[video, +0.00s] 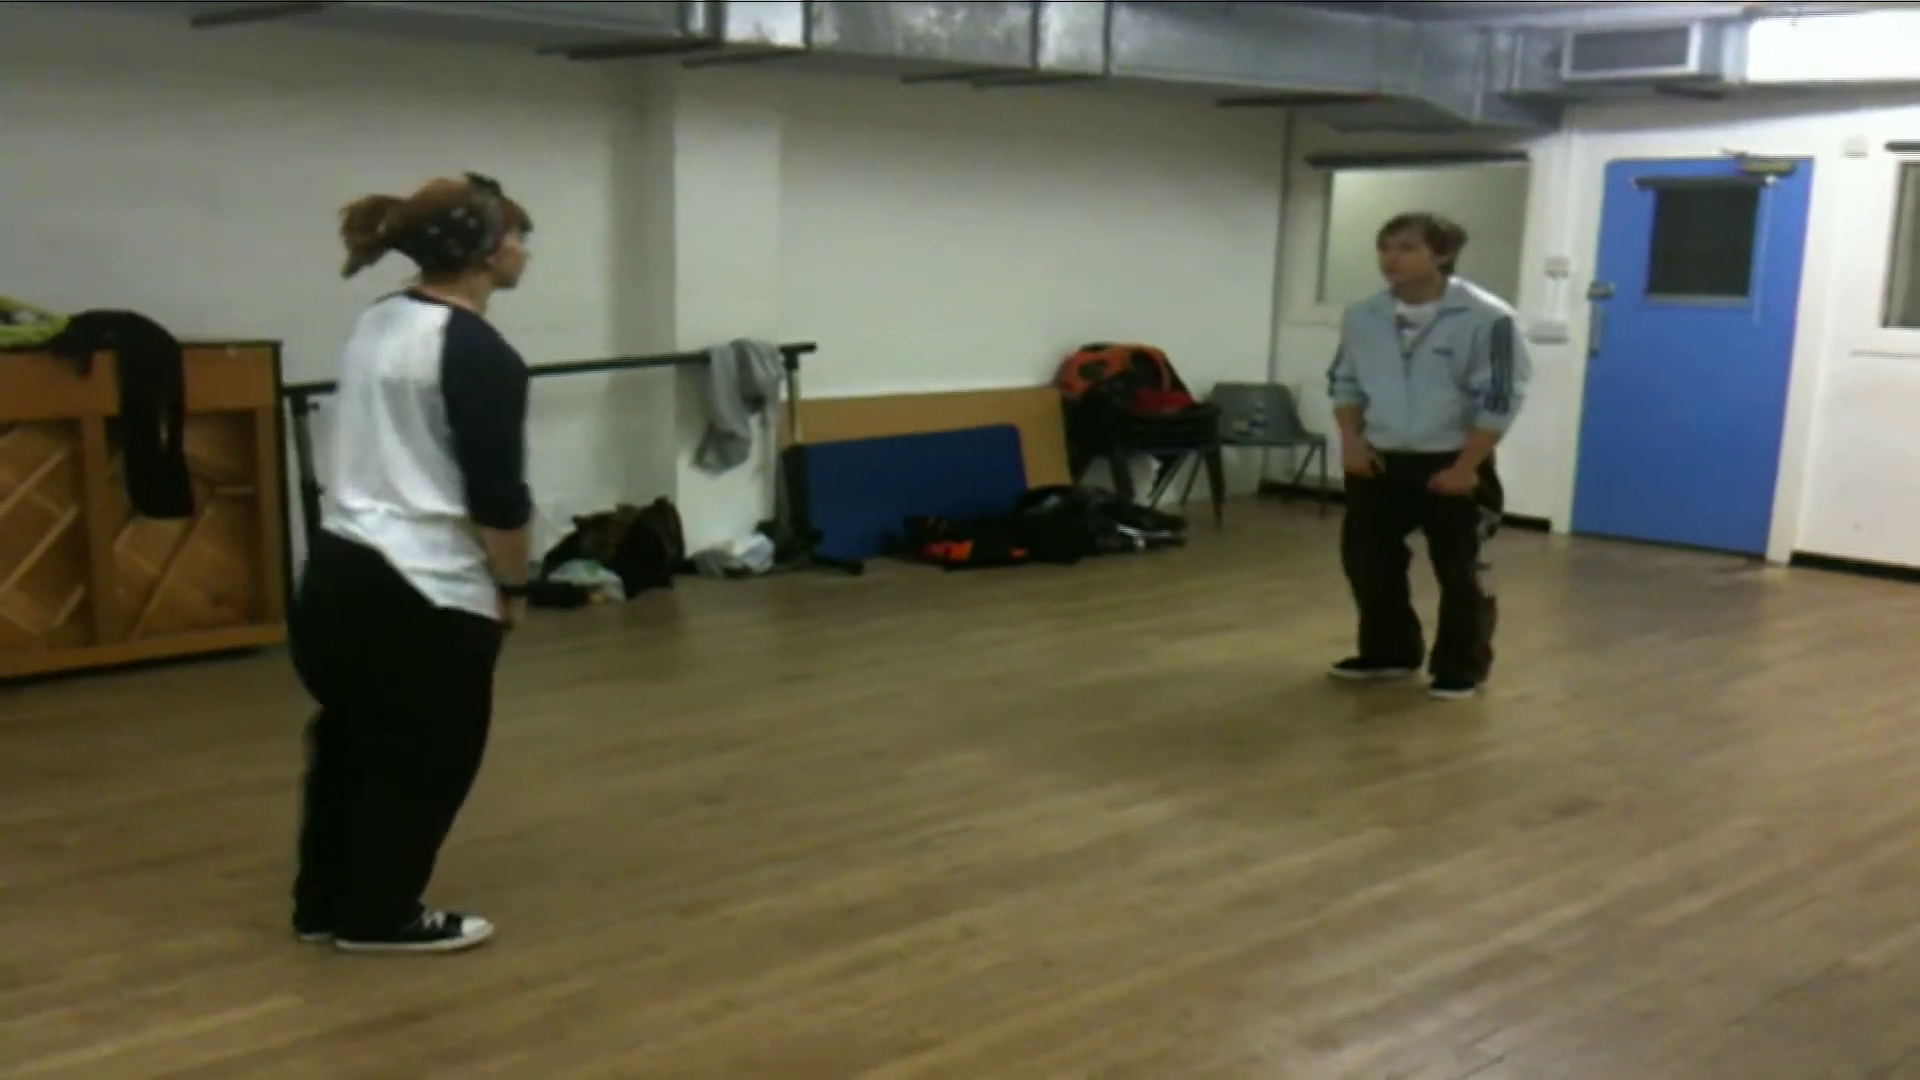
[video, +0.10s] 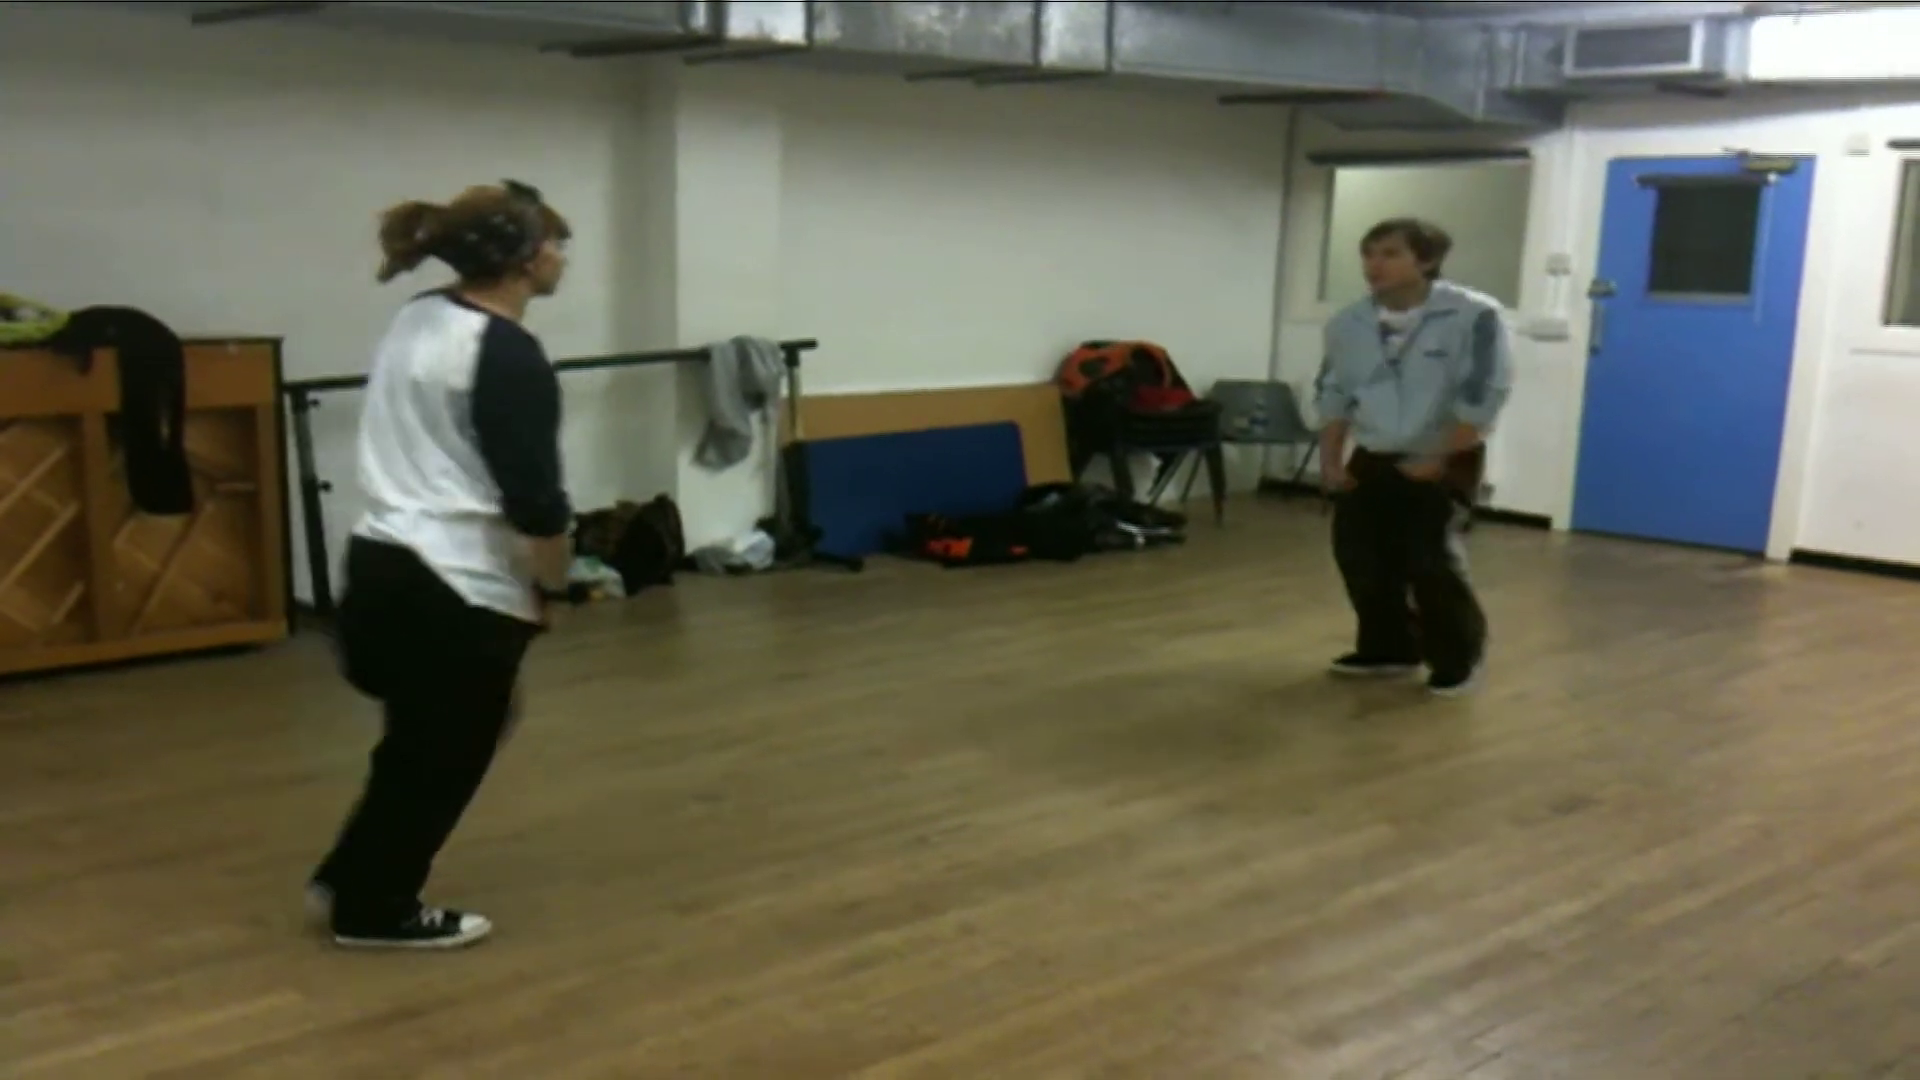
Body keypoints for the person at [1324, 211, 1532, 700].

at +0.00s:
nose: (1392, 258)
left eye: (1406, 248)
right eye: (1386, 249)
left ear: (1439, 256)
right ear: (1379, 256)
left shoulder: (1489, 320)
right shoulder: (1362, 318)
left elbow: (1500, 403)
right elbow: (1345, 384)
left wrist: (1466, 466)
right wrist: (1352, 439)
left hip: (1453, 466)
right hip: (1383, 463)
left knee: (1460, 570)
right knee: (1366, 555)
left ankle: (1460, 667)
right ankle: (1390, 650)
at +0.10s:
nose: (1375, 265)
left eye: (1389, 255)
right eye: (1369, 256)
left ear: (1423, 261)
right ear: (1363, 263)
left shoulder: (1474, 317)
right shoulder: (1349, 325)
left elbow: (1485, 399)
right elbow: (1334, 397)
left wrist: (1443, 458)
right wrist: (1331, 464)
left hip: (1440, 465)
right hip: (1372, 464)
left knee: (1427, 554)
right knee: (1358, 550)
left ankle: (1456, 654)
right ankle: (1386, 644)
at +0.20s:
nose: (1357, 281)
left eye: (1371, 271)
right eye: (1351, 272)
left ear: (1405, 277)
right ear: (1345, 278)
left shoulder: (1454, 314)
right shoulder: (1329, 342)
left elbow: (1468, 387)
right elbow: (1309, 415)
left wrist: (1409, 445)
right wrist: (1317, 471)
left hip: (1439, 453)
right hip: (1371, 454)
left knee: (1373, 537)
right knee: (1339, 546)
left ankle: (1423, 611)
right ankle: (1377, 643)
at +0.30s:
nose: (1329, 294)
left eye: (1343, 284)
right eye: (1324, 284)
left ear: (1376, 290)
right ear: (1317, 290)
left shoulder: (1419, 333)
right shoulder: (1301, 347)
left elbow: (1455, 398)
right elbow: (1284, 419)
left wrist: (1398, 459)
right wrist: (1302, 471)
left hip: (1428, 462)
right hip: (1357, 464)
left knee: (1366, 534)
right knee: (1320, 561)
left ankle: (1380, 636)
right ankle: (1385, 637)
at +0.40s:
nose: (1281, 318)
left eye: (1294, 308)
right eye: (1276, 309)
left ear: (1327, 313)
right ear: (1271, 314)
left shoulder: (1371, 358)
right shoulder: (1278, 360)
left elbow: (1448, 418)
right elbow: (1264, 421)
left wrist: (1410, 491)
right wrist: (1291, 472)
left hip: (1408, 484)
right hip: (1344, 479)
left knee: (1375, 576)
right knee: (1314, 576)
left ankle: (1332, 687)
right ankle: (1394, 641)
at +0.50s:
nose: (1239, 339)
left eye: (1252, 329)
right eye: (1235, 329)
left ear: (1288, 334)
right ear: (1232, 333)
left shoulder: (1341, 375)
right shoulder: (1253, 375)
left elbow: (1421, 436)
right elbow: (1249, 437)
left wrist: (1384, 505)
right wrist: (1267, 485)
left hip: (1382, 498)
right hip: (1317, 495)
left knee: (1350, 599)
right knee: (1294, 585)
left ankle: (1318, 711)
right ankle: (1390, 644)